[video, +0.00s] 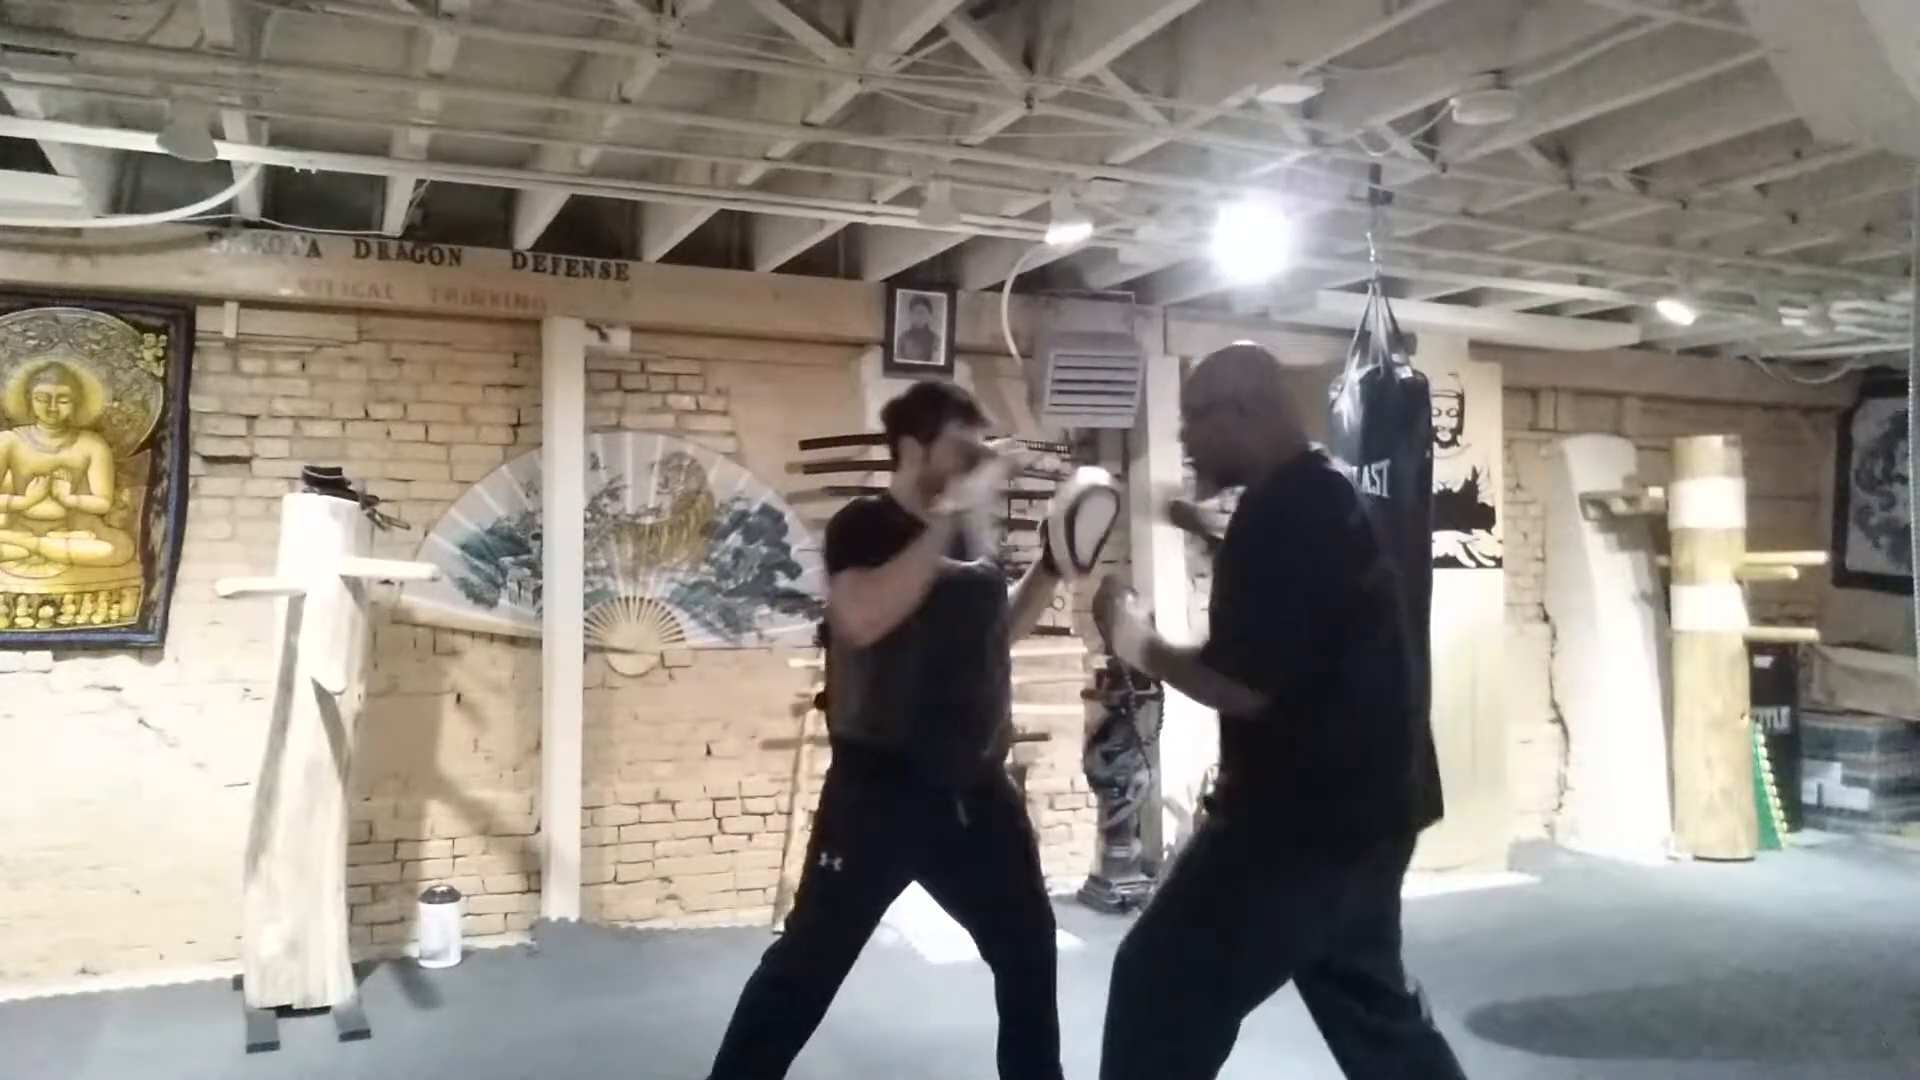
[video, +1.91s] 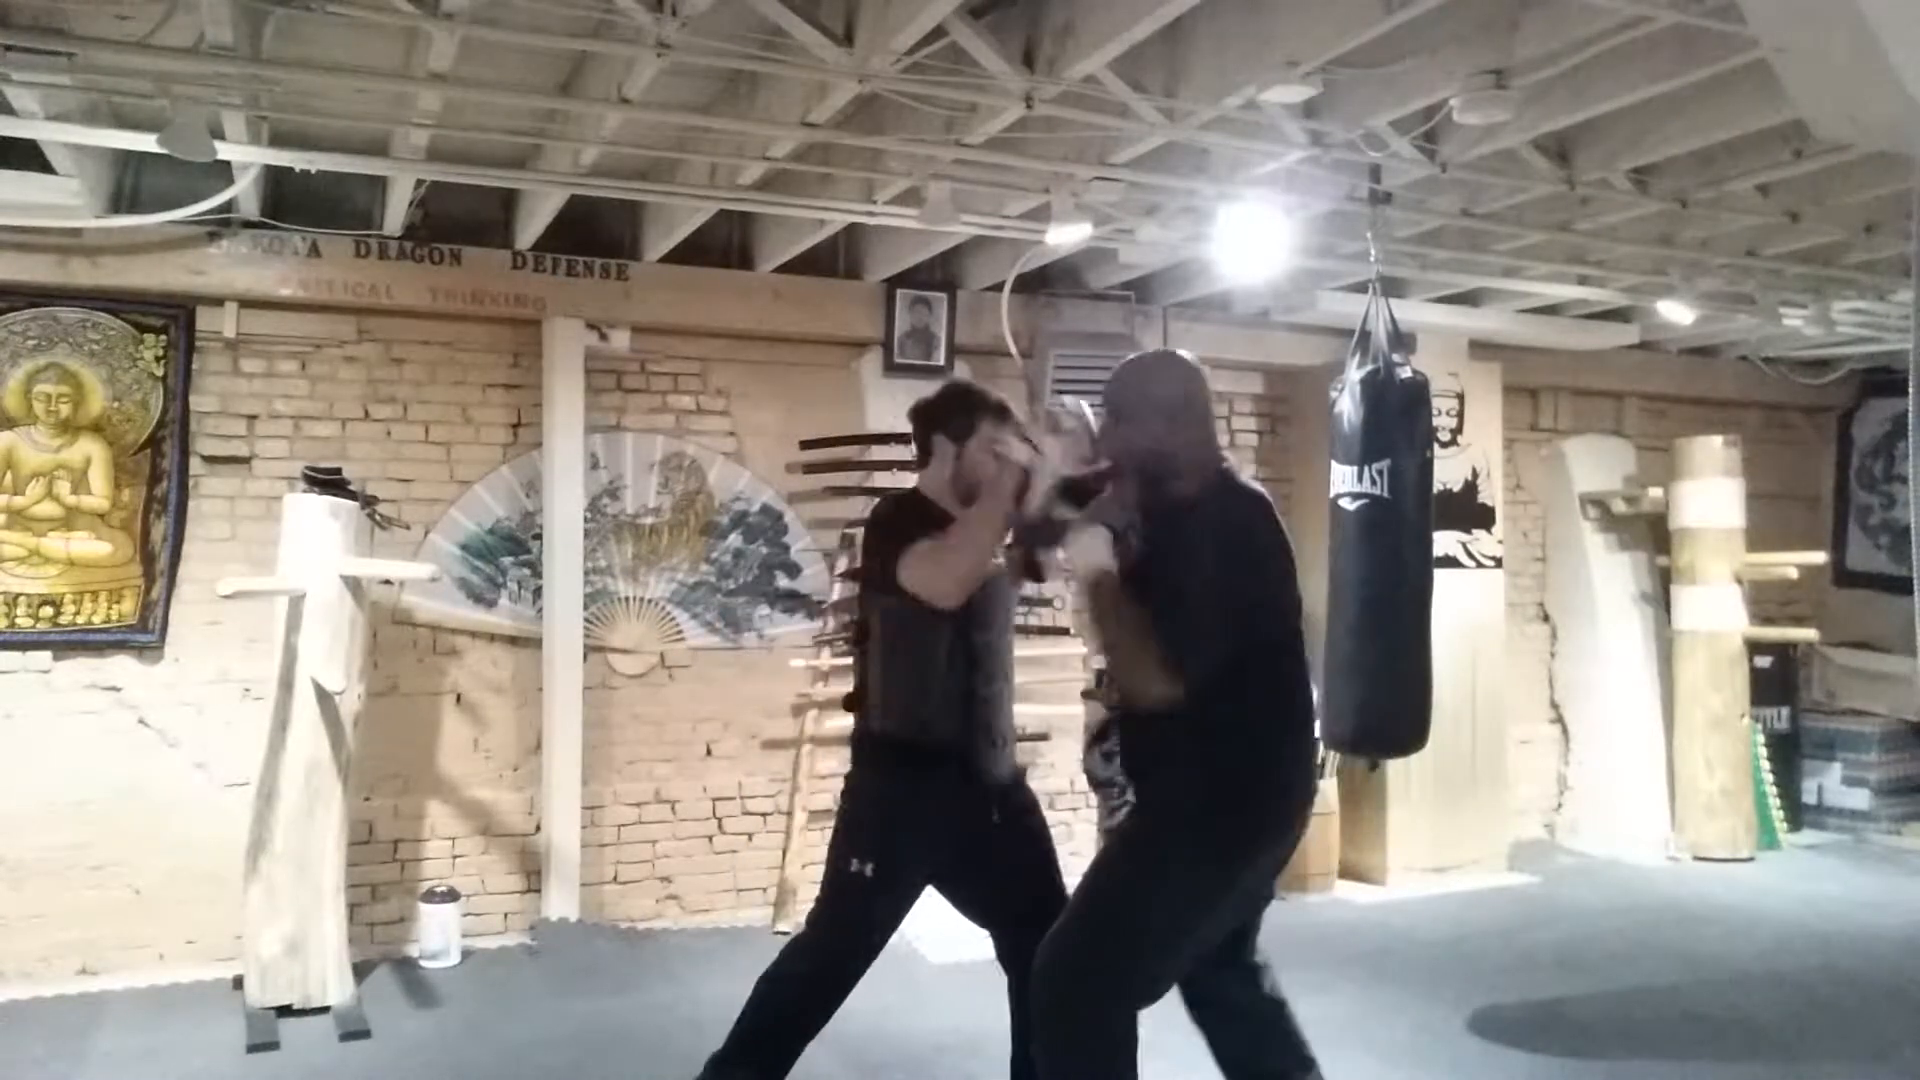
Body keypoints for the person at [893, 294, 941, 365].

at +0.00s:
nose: (918, 317)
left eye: (921, 313)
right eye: (915, 313)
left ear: (930, 316)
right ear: (910, 315)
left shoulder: (935, 340)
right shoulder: (902, 339)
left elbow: (935, 363)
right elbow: (898, 360)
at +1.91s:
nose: (919, 317)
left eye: (923, 313)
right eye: (916, 312)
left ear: (929, 316)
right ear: (909, 314)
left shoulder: (936, 340)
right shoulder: (901, 340)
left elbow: (935, 364)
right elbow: (897, 361)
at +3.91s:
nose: (919, 316)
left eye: (923, 312)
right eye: (916, 312)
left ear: (930, 316)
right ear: (909, 315)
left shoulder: (935, 340)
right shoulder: (902, 339)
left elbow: (935, 363)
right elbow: (898, 361)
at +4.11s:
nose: (919, 316)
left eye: (923, 312)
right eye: (917, 312)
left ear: (930, 315)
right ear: (910, 314)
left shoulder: (935, 340)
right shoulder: (902, 339)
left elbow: (935, 364)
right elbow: (898, 361)